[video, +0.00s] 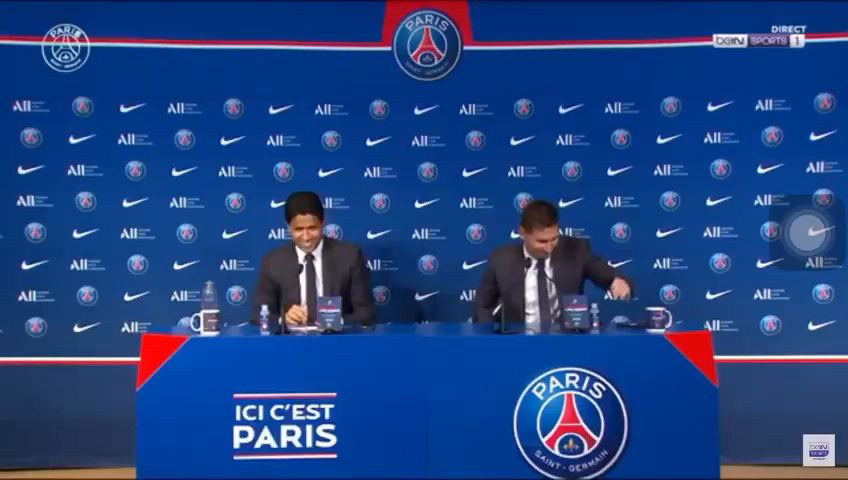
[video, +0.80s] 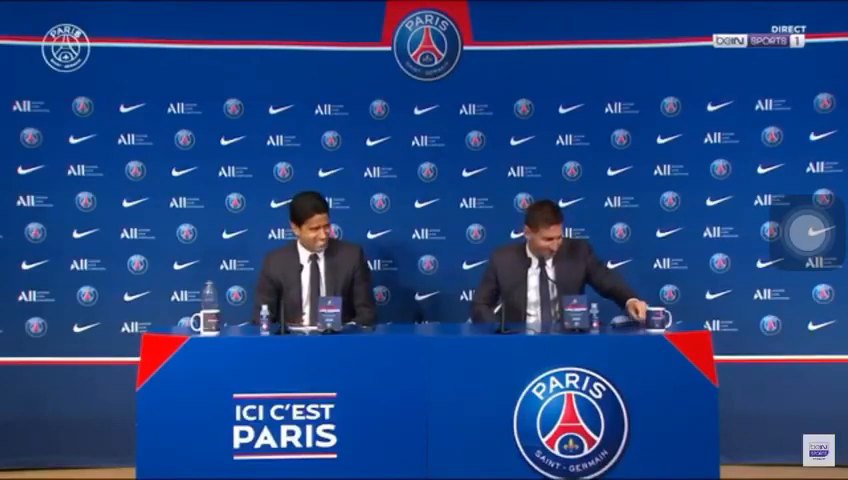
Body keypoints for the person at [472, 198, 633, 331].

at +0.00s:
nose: (548, 248)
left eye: (553, 240)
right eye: (541, 242)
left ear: (558, 230)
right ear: (522, 233)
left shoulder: (577, 251)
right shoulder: (502, 259)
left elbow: (608, 277)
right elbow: (483, 307)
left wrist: (619, 282)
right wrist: (489, 341)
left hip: (568, 346)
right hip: (518, 347)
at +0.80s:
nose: (554, 246)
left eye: (558, 238)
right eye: (547, 240)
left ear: (562, 230)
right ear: (527, 232)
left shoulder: (579, 253)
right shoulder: (503, 259)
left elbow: (608, 282)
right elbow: (480, 306)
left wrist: (630, 300)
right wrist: (499, 334)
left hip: (570, 348)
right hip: (519, 349)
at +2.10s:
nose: (535, 235)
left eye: (542, 227)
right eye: (529, 226)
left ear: (555, 226)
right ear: (520, 225)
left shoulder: (577, 253)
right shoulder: (503, 256)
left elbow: (597, 301)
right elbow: (488, 311)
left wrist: (577, 283)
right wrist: (502, 290)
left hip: (566, 339)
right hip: (518, 340)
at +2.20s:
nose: (536, 236)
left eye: (543, 228)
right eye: (530, 228)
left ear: (555, 226)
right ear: (520, 225)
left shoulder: (577, 253)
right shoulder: (503, 257)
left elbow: (597, 301)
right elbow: (488, 312)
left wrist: (577, 280)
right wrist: (501, 290)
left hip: (566, 339)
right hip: (519, 339)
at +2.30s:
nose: (537, 236)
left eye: (543, 228)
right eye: (531, 228)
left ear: (555, 226)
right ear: (520, 225)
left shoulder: (577, 253)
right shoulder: (504, 256)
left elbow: (597, 300)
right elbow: (488, 311)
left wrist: (577, 277)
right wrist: (502, 287)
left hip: (566, 338)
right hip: (519, 339)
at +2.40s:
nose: (537, 236)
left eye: (544, 228)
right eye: (531, 227)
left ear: (555, 226)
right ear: (521, 225)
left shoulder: (576, 252)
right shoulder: (504, 256)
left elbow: (597, 301)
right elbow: (488, 311)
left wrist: (577, 273)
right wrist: (503, 282)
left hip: (567, 336)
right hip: (520, 337)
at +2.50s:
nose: (538, 235)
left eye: (545, 228)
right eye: (532, 228)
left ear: (556, 227)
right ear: (521, 226)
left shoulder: (576, 253)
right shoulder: (505, 256)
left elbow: (596, 300)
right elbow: (487, 310)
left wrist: (575, 263)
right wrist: (503, 273)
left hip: (566, 339)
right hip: (519, 340)